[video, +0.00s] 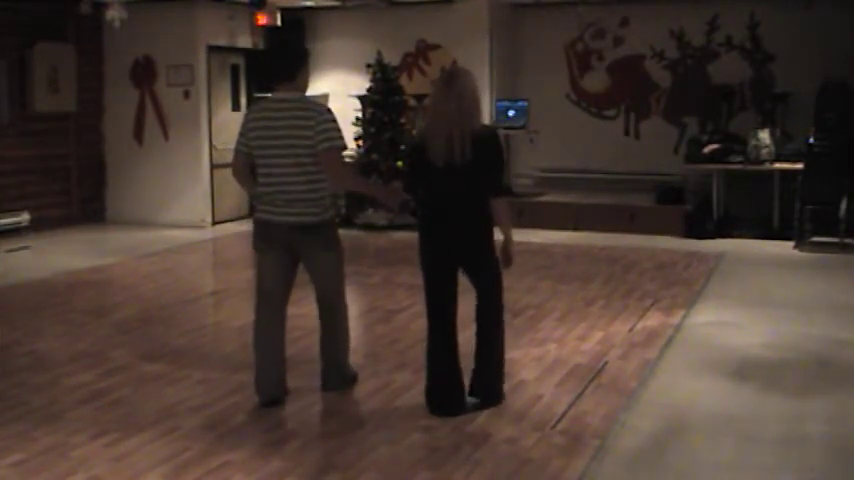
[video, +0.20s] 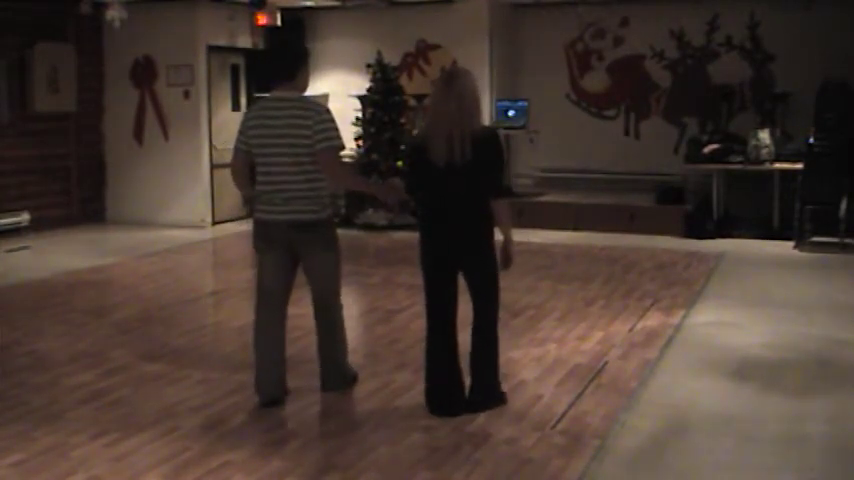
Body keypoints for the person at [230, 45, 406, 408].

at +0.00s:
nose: (307, 72)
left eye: (302, 65)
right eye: (305, 66)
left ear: (270, 70)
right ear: (303, 69)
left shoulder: (256, 113)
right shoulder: (317, 113)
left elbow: (240, 167)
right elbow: (336, 172)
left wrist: (263, 195)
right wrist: (379, 192)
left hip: (270, 226)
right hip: (314, 225)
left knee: (269, 305)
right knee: (331, 300)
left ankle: (269, 389)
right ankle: (335, 374)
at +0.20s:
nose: (307, 72)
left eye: (304, 65)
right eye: (306, 66)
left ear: (269, 69)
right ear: (302, 68)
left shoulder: (255, 113)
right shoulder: (315, 112)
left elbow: (239, 167)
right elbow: (333, 170)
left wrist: (255, 199)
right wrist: (377, 189)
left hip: (270, 225)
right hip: (313, 224)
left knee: (269, 306)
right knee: (327, 301)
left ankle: (269, 388)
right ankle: (334, 375)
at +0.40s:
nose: (306, 72)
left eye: (302, 65)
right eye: (304, 66)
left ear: (269, 70)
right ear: (300, 69)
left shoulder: (255, 112)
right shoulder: (313, 112)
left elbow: (233, 164)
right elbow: (333, 171)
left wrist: (242, 196)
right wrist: (377, 187)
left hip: (268, 225)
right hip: (311, 224)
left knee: (268, 305)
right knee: (324, 302)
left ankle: (269, 388)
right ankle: (334, 374)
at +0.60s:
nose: (305, 72)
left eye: (302, 65)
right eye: (303, 66)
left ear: (268, 71)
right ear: (299, 69)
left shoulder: (255, 112)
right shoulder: (313, 112)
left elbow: (233, 163)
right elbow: (333, 172)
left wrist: (232, 199)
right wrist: (378, 187)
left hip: (268, 224)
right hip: (311, 223)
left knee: (268, 304)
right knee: (324, 302)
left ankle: (269, 388)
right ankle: (335, 375)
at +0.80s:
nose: (305, 72)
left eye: (301, 65)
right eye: (303, 66)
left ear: (268, 70)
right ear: (299, 70)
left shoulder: (255, 112)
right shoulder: (313, 113)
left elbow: (227, 160)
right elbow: (335, 173)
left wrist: (218, 196)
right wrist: (381, 188)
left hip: (267, 225)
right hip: (311, 224)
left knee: (269, 305)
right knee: (324, 301)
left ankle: (269, 389)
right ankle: (335, 375)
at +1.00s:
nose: (305, 72)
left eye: (300, 65)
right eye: (303, 66)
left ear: (268, 71)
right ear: (299, 70)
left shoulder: (255, 112)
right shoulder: (313, 112)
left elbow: (228, 161)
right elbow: (335, 172)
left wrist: (219, 198)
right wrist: (382, 190)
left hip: (267, 225)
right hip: (311, 224)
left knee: (269, 306)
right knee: (324, 302)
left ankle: (269, 389)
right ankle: (335, 375)